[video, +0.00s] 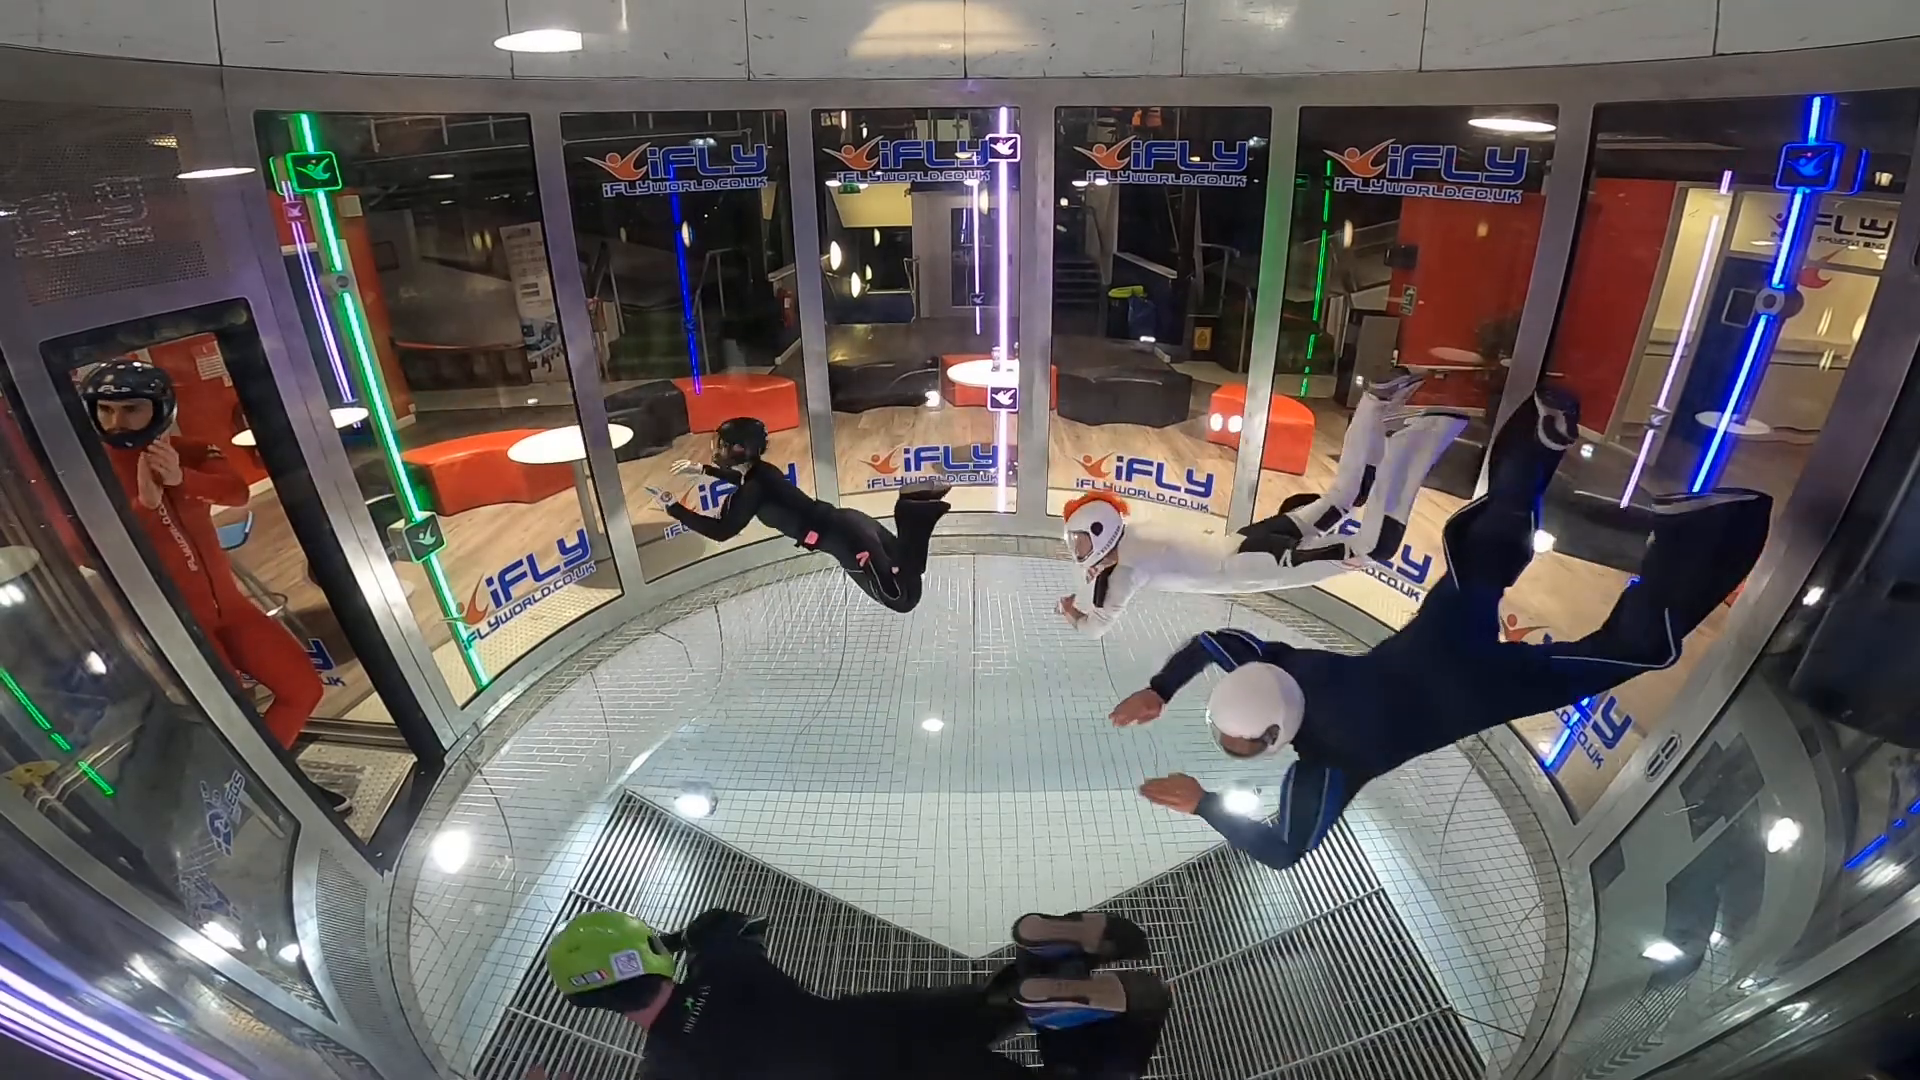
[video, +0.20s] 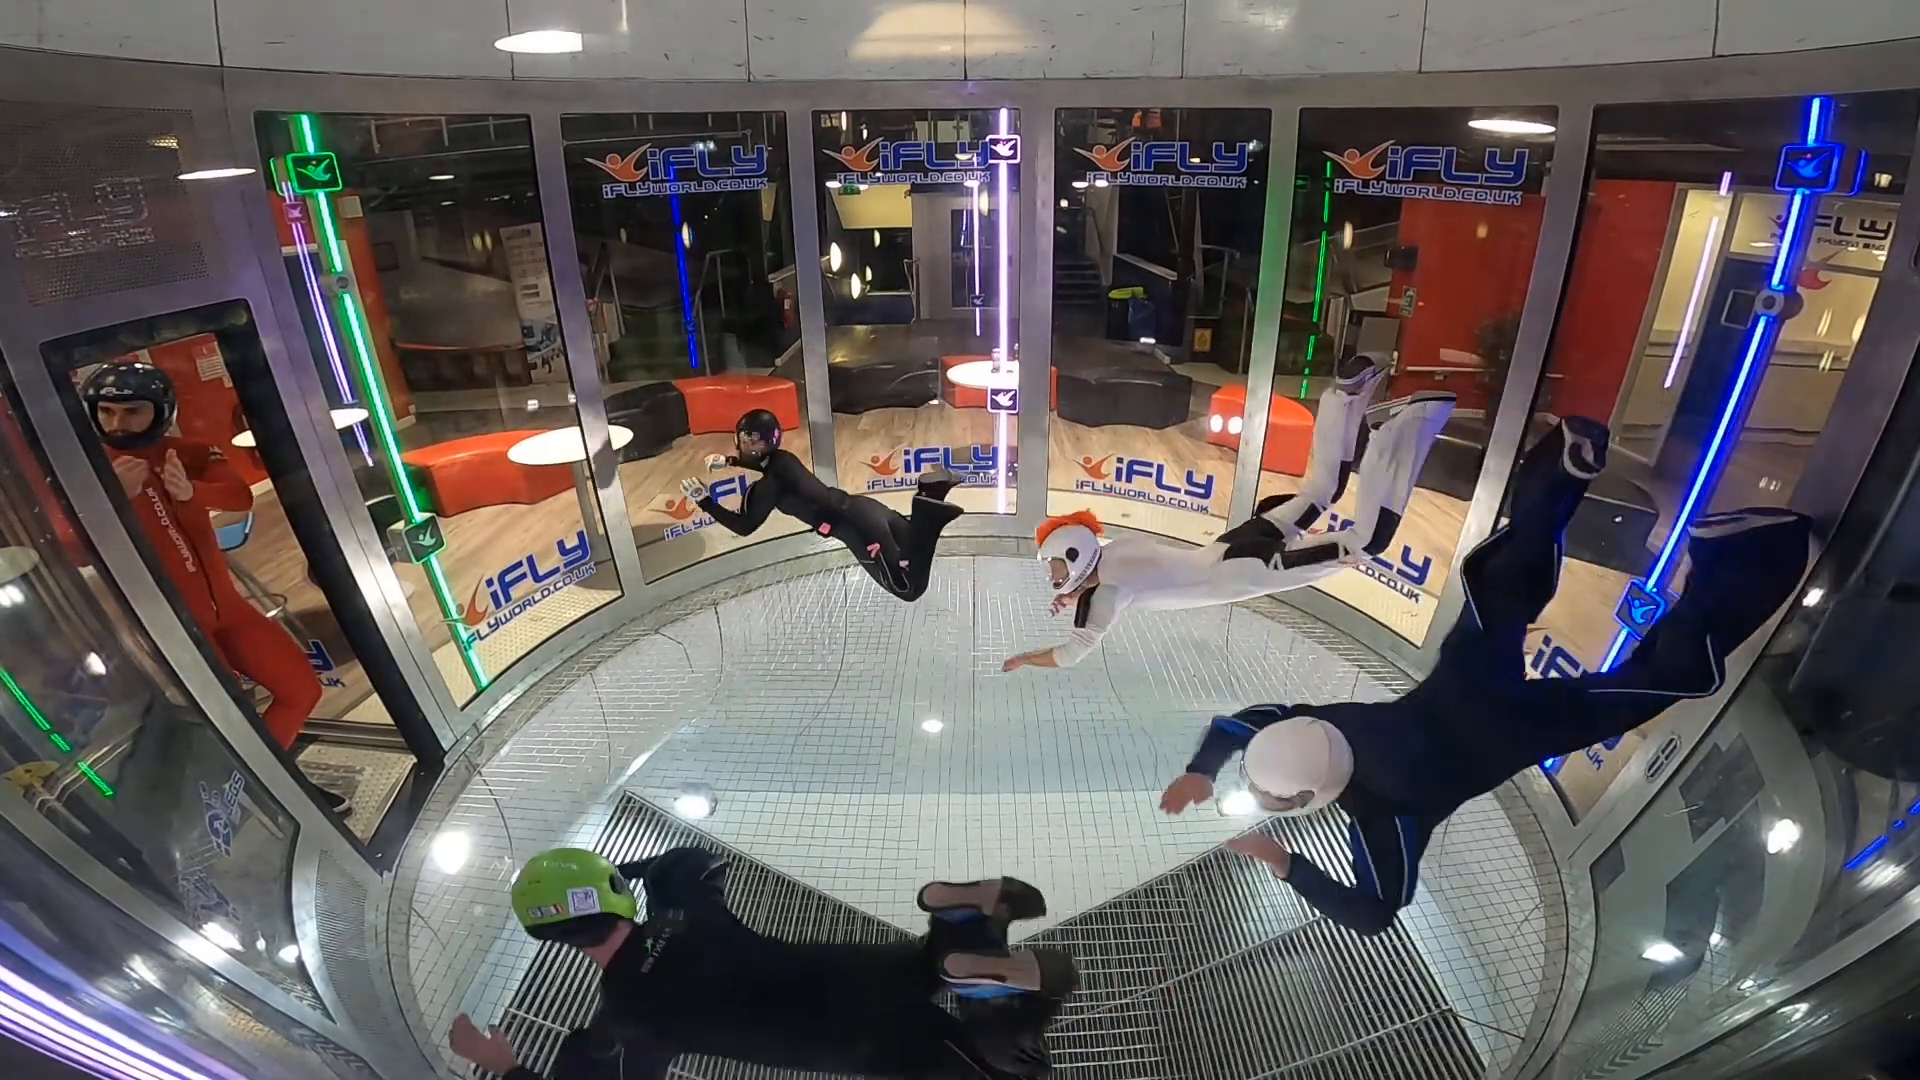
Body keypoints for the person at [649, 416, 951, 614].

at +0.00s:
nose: (717, 451)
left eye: (723, 446)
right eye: (719, 445)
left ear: (740, 452)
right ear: (749, 451)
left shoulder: (756, 484)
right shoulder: (759, 470)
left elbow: (723, 530)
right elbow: (734, 474)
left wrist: (677, 511)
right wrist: (705, 469)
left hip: (841, 535)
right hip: (844, 524)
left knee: (901, 598)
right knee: (902, 579)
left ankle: (915, 519)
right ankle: (913, 514)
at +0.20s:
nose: (739, 443)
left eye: (743, 437)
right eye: (739, 437)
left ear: (758, 442)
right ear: (770, 438)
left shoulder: (772, 479)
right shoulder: (781, 457)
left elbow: (744, 525)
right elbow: (758, 466)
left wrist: (706, 501)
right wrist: (730, 461)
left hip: (856, 525)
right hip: (862, 508)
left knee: (908, 588)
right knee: (916, 549)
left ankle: (927, 511)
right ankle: (933, 496)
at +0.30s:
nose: (750, 445)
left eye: (753, 438)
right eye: (750, 439)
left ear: (770, 440)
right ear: (781, 437)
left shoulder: (783, 477)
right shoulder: (793, 455)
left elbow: (760, 524)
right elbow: (771, 464)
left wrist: (716, 508)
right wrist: (742, 462)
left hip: (868, 519)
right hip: (875, 500)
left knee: (920, 581)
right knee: (928, 542)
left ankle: (935, 506)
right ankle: (939, 491)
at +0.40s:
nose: (767, 446)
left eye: (772, 440)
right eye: (766, 440)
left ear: (788, 442)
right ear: (787, 440)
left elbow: (773, 525)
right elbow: (787, 471)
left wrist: (734, 517)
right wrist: (763, 466)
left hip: (880, 515)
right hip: (884, 493)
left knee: (937, 574)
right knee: (942, 517)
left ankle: (954, 511)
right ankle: (946, 476)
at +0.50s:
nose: (785, 450)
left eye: (791, 444)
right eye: (782, 444)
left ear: (807, 443)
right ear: (787, 443)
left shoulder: (806, 484)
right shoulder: (817, 458)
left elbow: (787, 526)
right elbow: (796, 473)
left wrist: (745, 515)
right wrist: (769, 472)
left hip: (894, 514)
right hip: (898, 493)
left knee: (934, 553)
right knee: (953, 500)